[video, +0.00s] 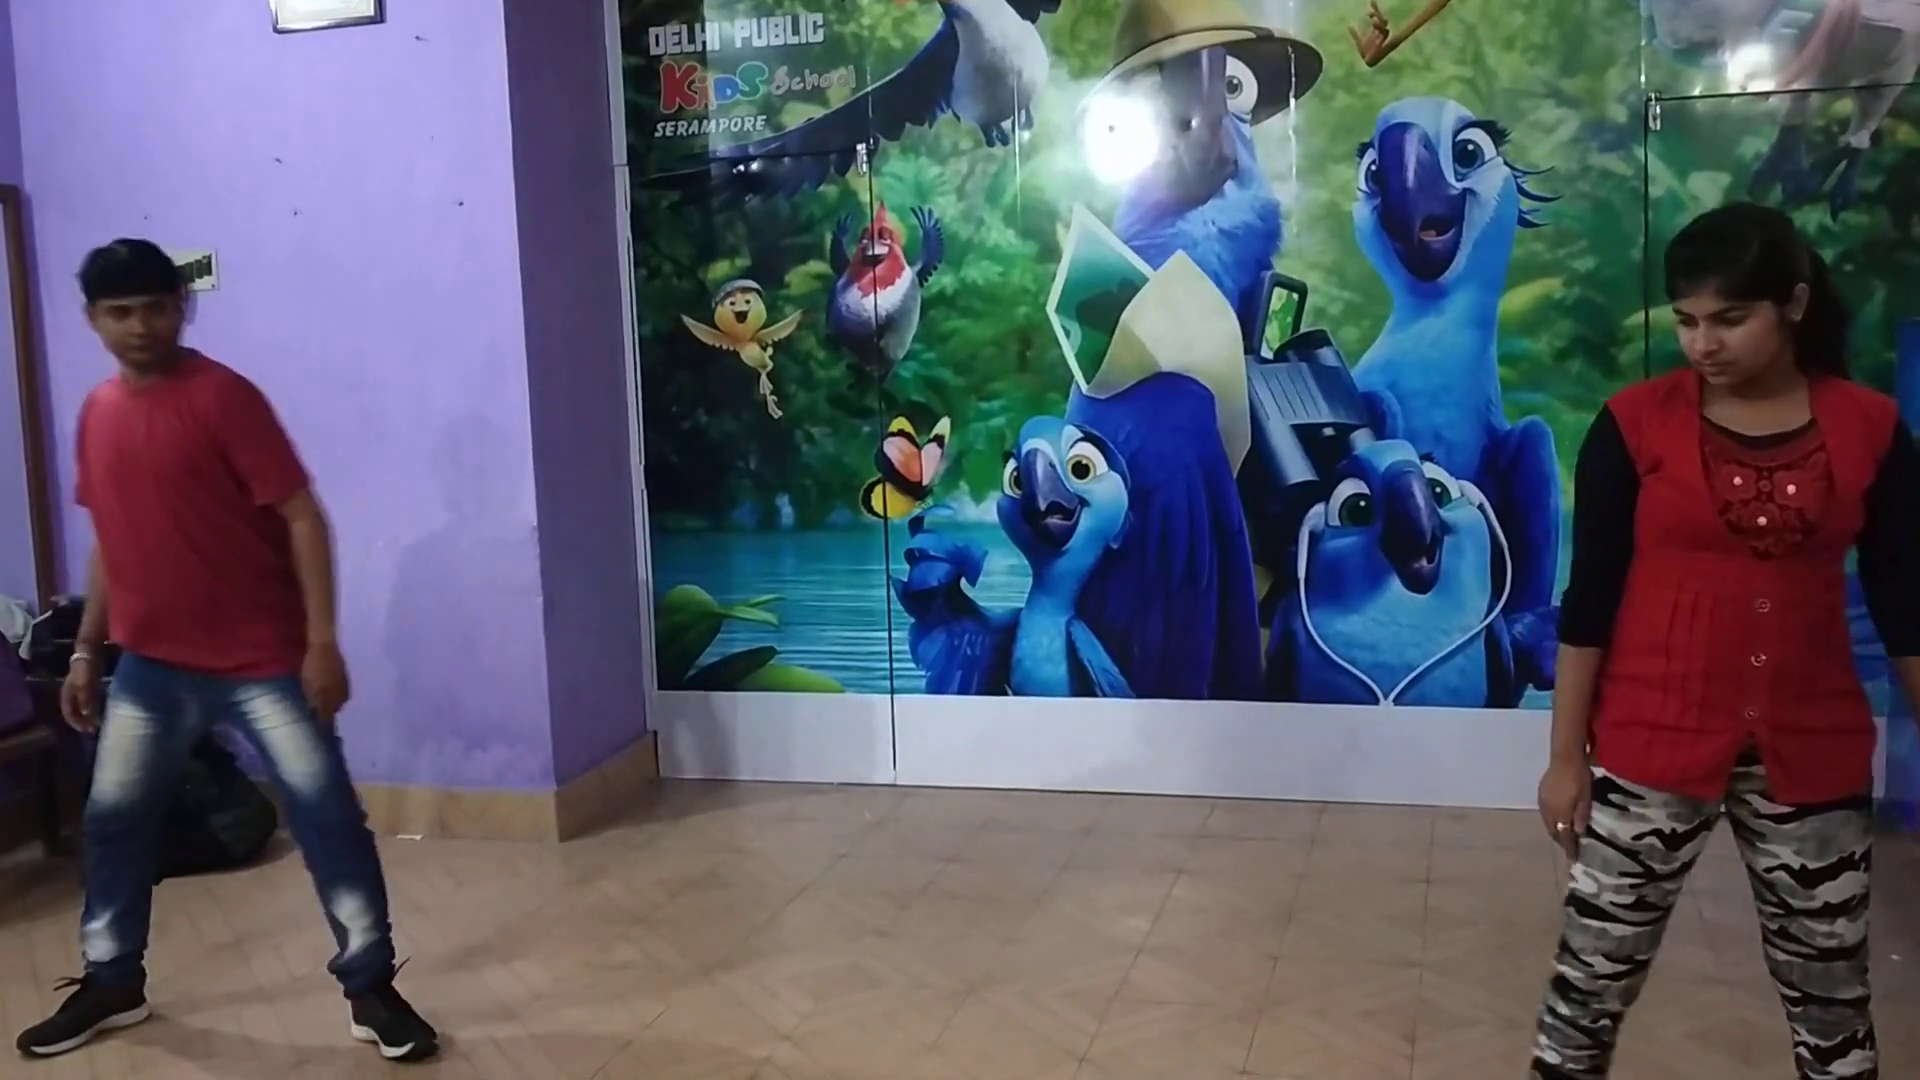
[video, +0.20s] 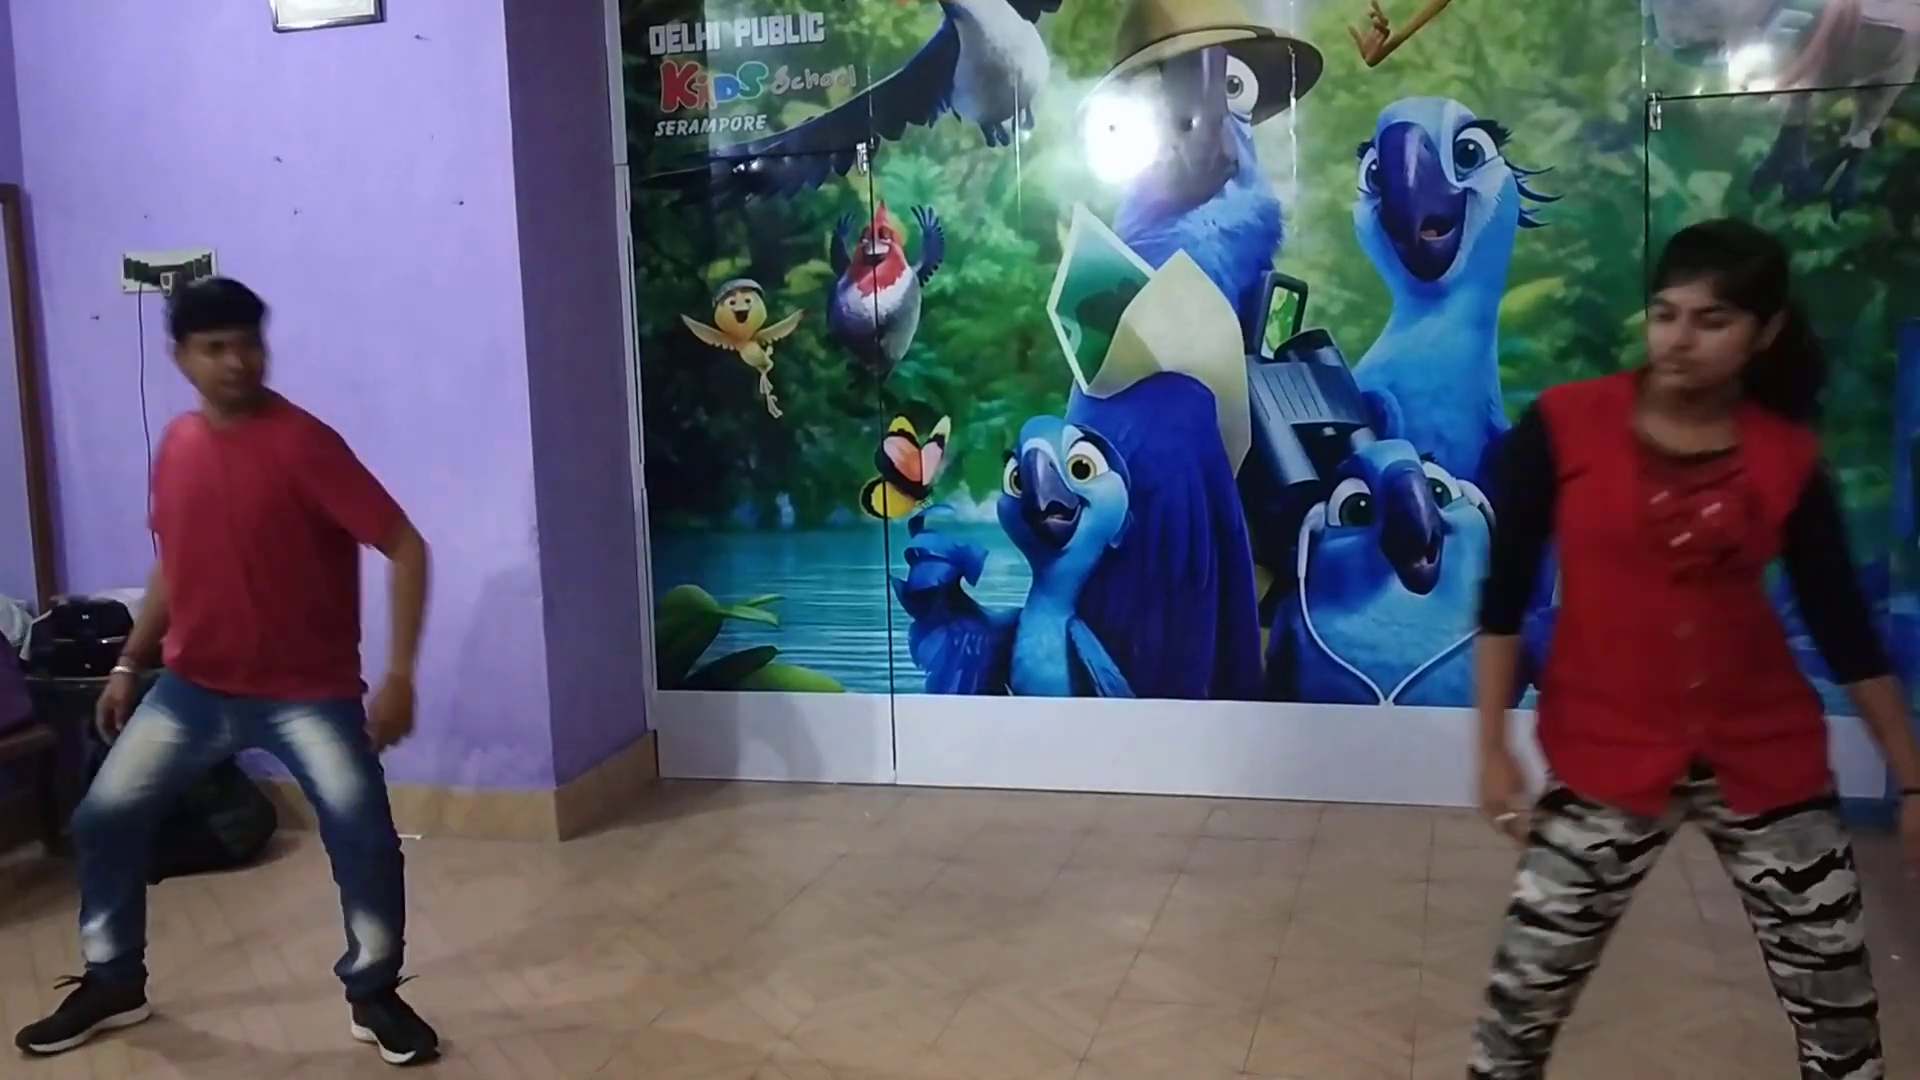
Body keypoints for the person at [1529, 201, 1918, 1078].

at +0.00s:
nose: (1705, 342)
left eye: (1728, 319)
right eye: (1688, 321)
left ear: (1793, 307)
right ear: (1671, 316)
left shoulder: (1867, 430)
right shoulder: (1633, 425)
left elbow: (1903, 607)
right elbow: (1590, 598)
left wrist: (1914, 740)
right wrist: (1565, 754)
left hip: (1810, 747)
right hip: (1651, 743)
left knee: (1832, 998)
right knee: (1589, 987)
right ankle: (1560, 1071)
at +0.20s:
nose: (1681, 340)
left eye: (1711, 320)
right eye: (1666, 315)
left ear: (1764, 334)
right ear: (1645, 318)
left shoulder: (1786, 459)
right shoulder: (1562, 428)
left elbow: (1843, 626)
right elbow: (1506, 590)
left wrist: (1910, 775)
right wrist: (1492, 745)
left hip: (1761, 749)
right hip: (1605, 749)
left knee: (1836, 991)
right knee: (1525, 989)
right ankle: (1499, 1073)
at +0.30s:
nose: (1612, 369)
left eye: (1646, 353)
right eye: (1604, 343)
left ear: (1694, 377)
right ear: (1584, 349)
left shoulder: (1720, 488)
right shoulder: (1498, 470)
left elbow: (1791, 645)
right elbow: (1439, 626)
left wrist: (1882, 804)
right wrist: (1424, 789)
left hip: (1722, 773)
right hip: (1568, 785)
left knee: (1860, 1011)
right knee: (1475, 1024)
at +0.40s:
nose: (1533, 419)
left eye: (1566, 402)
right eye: (1524, 395)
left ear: (1617, 423)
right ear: (1504, 406)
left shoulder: (1674, 532)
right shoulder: (1442, 548)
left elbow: (1762, 677)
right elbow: (1385, 708)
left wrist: (1853, 824)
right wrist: (1351, 867)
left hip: (1710, 814)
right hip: (1547, 826)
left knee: (1876, 1020)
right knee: (1446, 1029)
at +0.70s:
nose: (1479, 517)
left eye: (1501, 492)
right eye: (1468, 498)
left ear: (1570, 492)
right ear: (1460, 506)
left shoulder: (1694, 565)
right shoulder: (1488, 650)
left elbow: (1808, 695)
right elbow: (1450, 816)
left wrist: (1890, 838)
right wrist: (1381, 972)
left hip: (1755, 841)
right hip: (1598, 852)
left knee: (1892, 1024)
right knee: (1463, 1015)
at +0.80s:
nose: (1543, 487)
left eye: (1565, 459)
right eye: (1531, 470)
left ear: (1635, 449)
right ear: (1523, 477)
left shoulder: (1770, 538)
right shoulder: (1551, 615)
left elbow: (1868, 691)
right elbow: (1515, 780)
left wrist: (1917, 822)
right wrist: (1451, 933)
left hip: (1798, 830)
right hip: (1633, 837)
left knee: (1912, 1028)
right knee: (1496, 1017)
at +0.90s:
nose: (1610, 421)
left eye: (1626, 393)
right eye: (1599, 405)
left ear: (1699, 379)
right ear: (1595, 414)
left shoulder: (1841, 479)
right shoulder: (1618, 540)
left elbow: (1909, 637)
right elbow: (1579, 705)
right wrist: (1526, 861)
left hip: (1840, 782)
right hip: (1678, 789)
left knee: (1917, 1013)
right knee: (1540, 995)